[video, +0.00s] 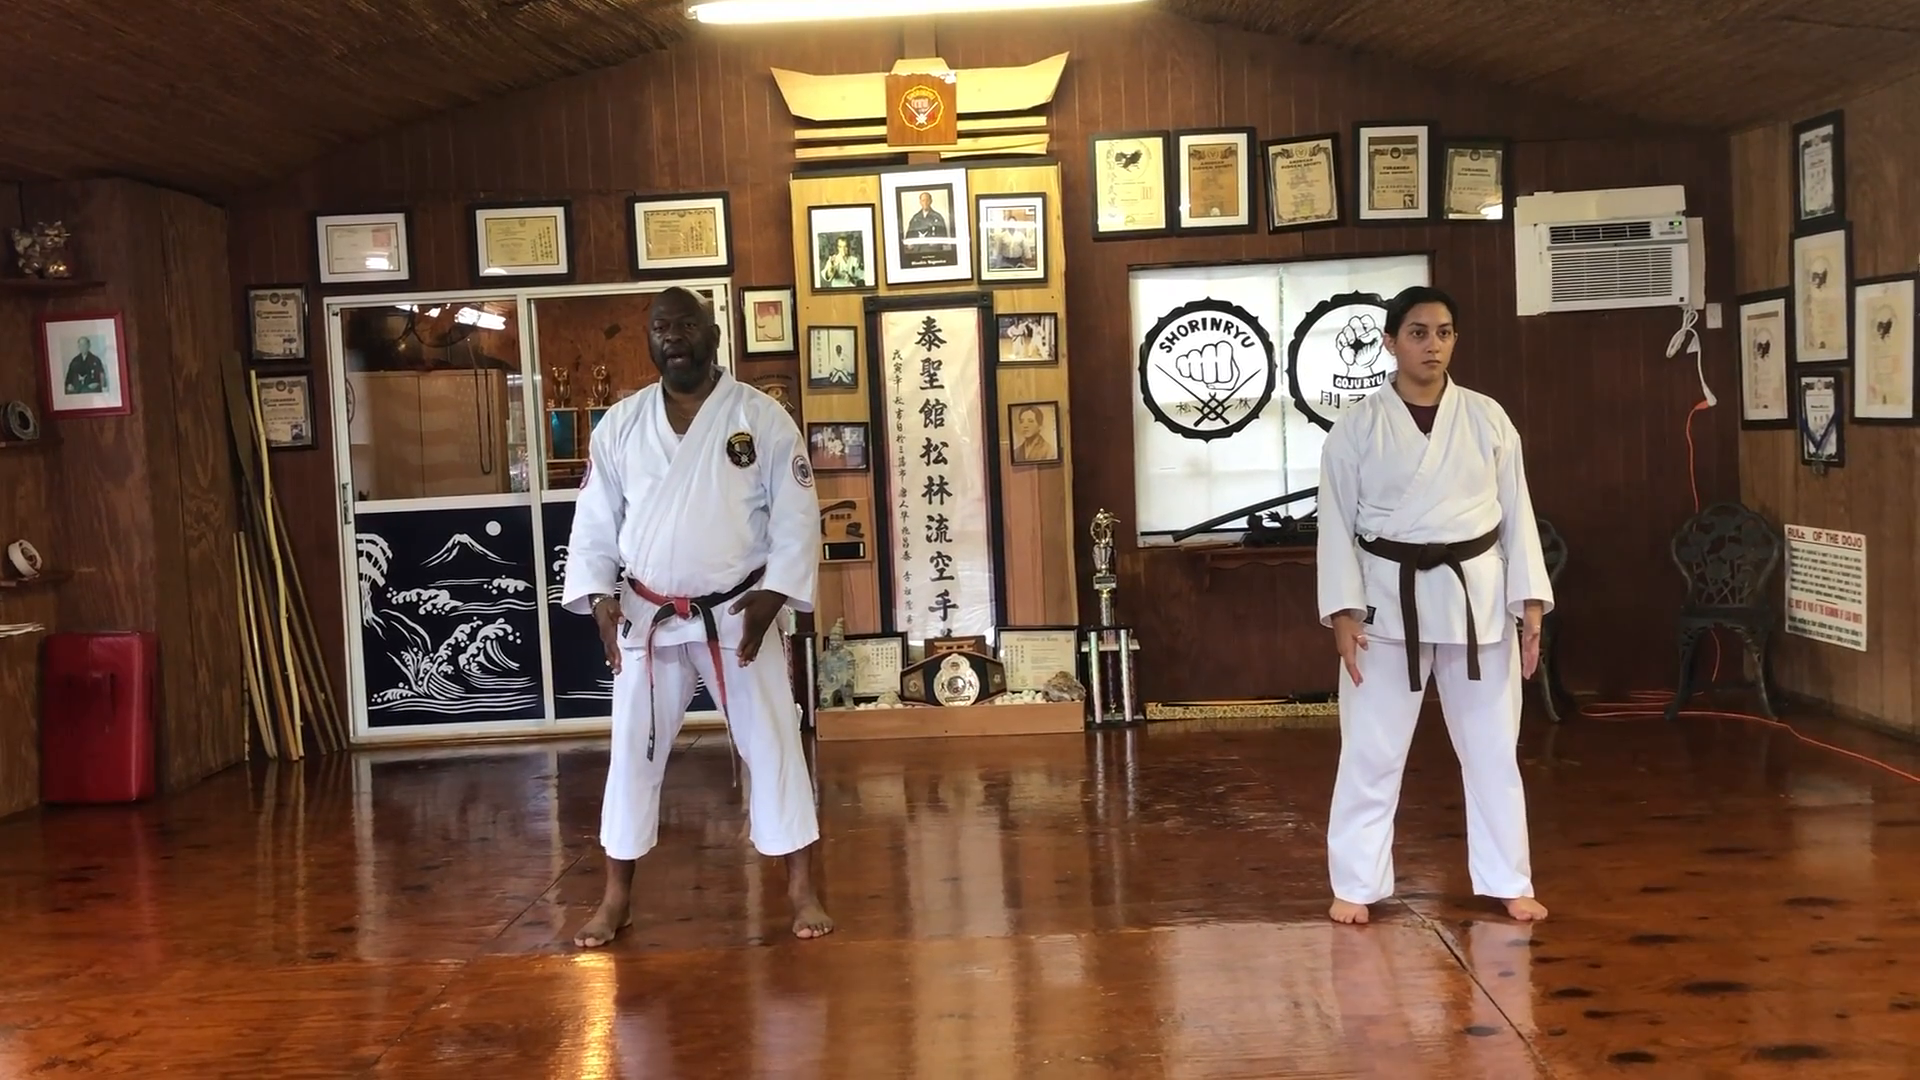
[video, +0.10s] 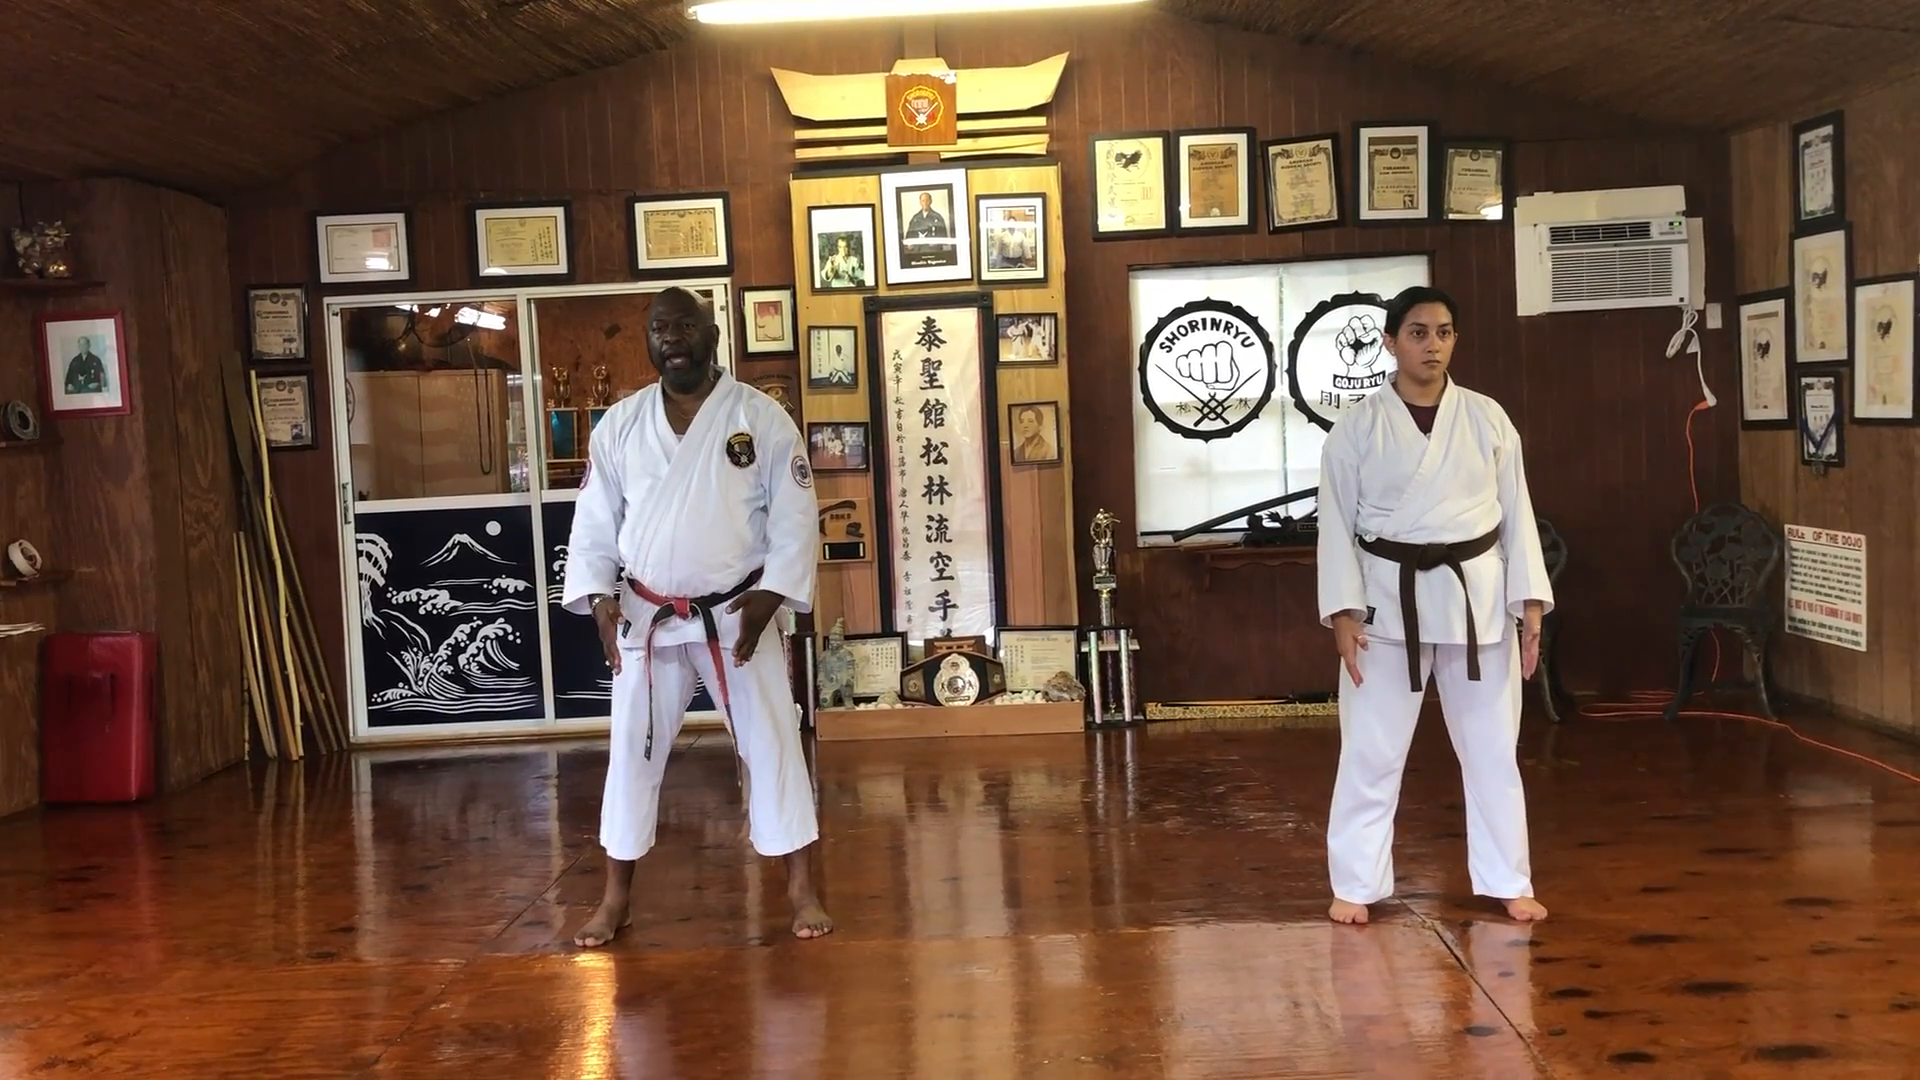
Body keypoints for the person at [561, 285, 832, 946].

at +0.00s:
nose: (673, 338)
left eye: (684, 326)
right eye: (661, 329)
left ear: (714, 334)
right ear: (648, 343)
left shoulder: (762, 418)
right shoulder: (619, 426)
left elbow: (797, 518)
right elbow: (595, 517)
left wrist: (772, 594)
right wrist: (599, 594)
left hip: (738, 607)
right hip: (647, 612)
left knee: (775, 745)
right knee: (631, 752)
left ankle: (804, 889)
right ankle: (614, 901)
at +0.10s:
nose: (673, 340)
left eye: (685, 328)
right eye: (661, 331)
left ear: (714, 335)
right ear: (647, 344)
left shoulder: (761, 418)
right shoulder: (618, 426)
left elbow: (795, 518)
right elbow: (595, 517)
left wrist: (770, 593)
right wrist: (600, 594)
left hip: (737, 608)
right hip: (647, 612)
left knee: (774, 744)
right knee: (631, 751)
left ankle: (803, 889)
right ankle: (614, 900)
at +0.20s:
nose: (673, 341)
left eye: (685, 328)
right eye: (661, 332)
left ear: (714, 335)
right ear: (647, 345)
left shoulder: (762, 420)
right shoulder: (617, 427)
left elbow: (795, 519)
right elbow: (595, 518)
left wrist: (767, 596)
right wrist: (600, 595)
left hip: (738, 609)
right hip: (646, 613)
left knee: (774, 746)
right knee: (630, 752)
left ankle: (803, 889)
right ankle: (614, 900)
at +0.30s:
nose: (671, 344)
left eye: (683, 332)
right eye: (659, 335)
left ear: (713, 338)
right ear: (646, 347)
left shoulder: (761, 420)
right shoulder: (616, 428)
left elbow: (795, 520)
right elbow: (594, 521)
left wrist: (765, 597)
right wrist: (601, 596)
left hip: (737, 609)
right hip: (645, 614)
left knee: (774, 746)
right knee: (627, 752)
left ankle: (803, 889)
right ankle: (613, 899)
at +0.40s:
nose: (672, 352)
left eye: (684, 338)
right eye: (660, 342)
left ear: (711, 341)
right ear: (644, 352)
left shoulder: (760, 422)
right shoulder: (614, 433)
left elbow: (795, 523)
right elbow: (593, 528)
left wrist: (762, 600)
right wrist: (608, 606)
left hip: (736, 612)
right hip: (642, 616)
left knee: (773, 748)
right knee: (623, 755)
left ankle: (802, 889)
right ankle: (613, 899)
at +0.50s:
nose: (668, 360)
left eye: (681, 346)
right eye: (656, 349)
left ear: (707, 344)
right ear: (642, 354)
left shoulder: (757, 424)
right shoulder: (611, 432)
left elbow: (793, 522)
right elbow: (589, 524)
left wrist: (759, 600)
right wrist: (602, 598)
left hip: (734, 615)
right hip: (639, 619)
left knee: (772, 750)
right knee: (622, 757)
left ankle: (800, 889)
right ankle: (612, 898)